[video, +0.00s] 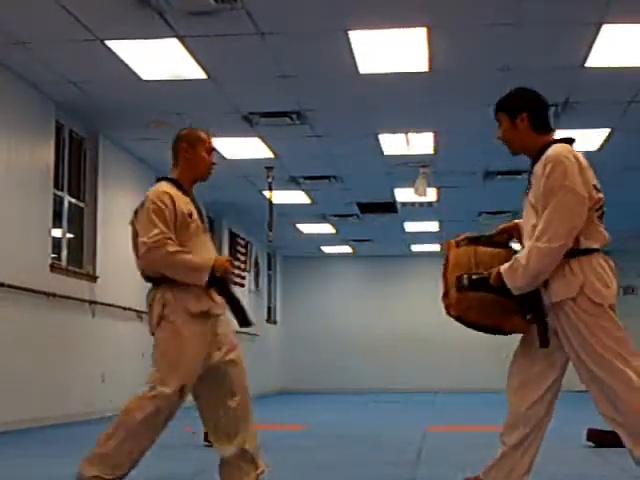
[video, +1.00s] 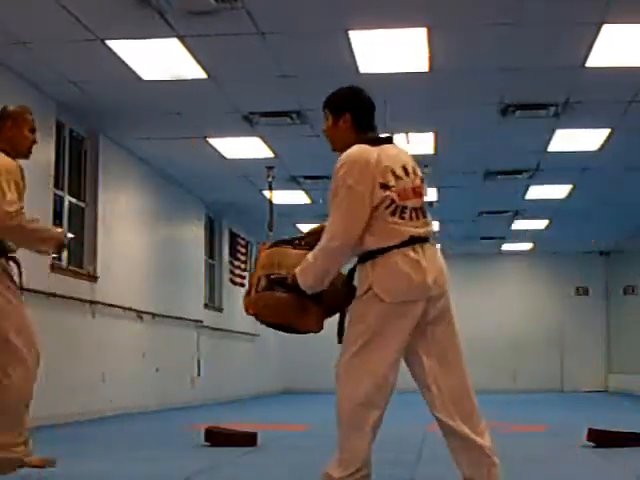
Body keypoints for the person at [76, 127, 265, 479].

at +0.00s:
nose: (214, 160)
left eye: (214, 153)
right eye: (209, 152)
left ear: (189, 154)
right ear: (186, 152)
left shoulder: (189, 204)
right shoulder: (160, 197)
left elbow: (185, 258)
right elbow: (151, 257)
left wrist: (217, 274)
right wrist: (209, 265)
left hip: (210, 308)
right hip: (180, 306)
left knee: (231, 399)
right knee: (165, 394)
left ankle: (243, 471)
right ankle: (99, 471)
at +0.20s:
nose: (166, 154)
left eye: (167, 147)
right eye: (163, 145)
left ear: (141, 145)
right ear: (140, 143)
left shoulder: (133, 187)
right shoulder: (119, 181)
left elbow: (123, 247)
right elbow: (134, 235)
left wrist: (158, 263)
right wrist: (184, 243)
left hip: (134, 293)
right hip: (117, 291)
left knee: (160, 385)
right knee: (112, 389)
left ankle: (185, 468)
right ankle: (97, 471)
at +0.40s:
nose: (114, 144)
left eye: (114, 138)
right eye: (109, 136)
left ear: (87, 139)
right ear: (87, 136)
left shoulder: (71, 175)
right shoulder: (81, 174)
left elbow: (77, 237)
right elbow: (92, 232)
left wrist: (116, 247)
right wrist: (135, 241)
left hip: (67, 285)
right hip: (69, 285)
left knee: (62, 381)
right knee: (75, 381)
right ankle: (94, 468)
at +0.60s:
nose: (79, 151)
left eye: (79, 144)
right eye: (74, 143)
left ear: (48, 145)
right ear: (53, 143)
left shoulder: (26, 182)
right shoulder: (45, 181)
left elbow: (23, 240)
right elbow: (46, 240)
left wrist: (65, 241)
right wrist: (85, 268)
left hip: (12, 286)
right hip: (26, 287)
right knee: (53, 382)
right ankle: (88, 466)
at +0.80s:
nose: (40, 166)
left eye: (40, 159)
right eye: (35, 157)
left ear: (15, 160)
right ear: (14, 158)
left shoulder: (11, 197)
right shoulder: (6, 197)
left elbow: (6, 261)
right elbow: (5, 261)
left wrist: (21, 269)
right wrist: (36, 290)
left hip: (7, 306)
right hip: (3, 307)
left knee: (21, 386)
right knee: (21, 386)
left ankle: (58, 464)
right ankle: (58, 465)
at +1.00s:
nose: (34, 138)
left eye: (34, 132)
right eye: (29, 130)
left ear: (13, 132)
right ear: (8, 130)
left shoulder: (12, 169)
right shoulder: (7, 166)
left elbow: (13, 223)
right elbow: (10, 222)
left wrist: (45, 236)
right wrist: (51, 237)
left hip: (6, 272)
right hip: (3, 273)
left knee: (22, 351)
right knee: (22, 351)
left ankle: (14, 447)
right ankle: (11, 448)